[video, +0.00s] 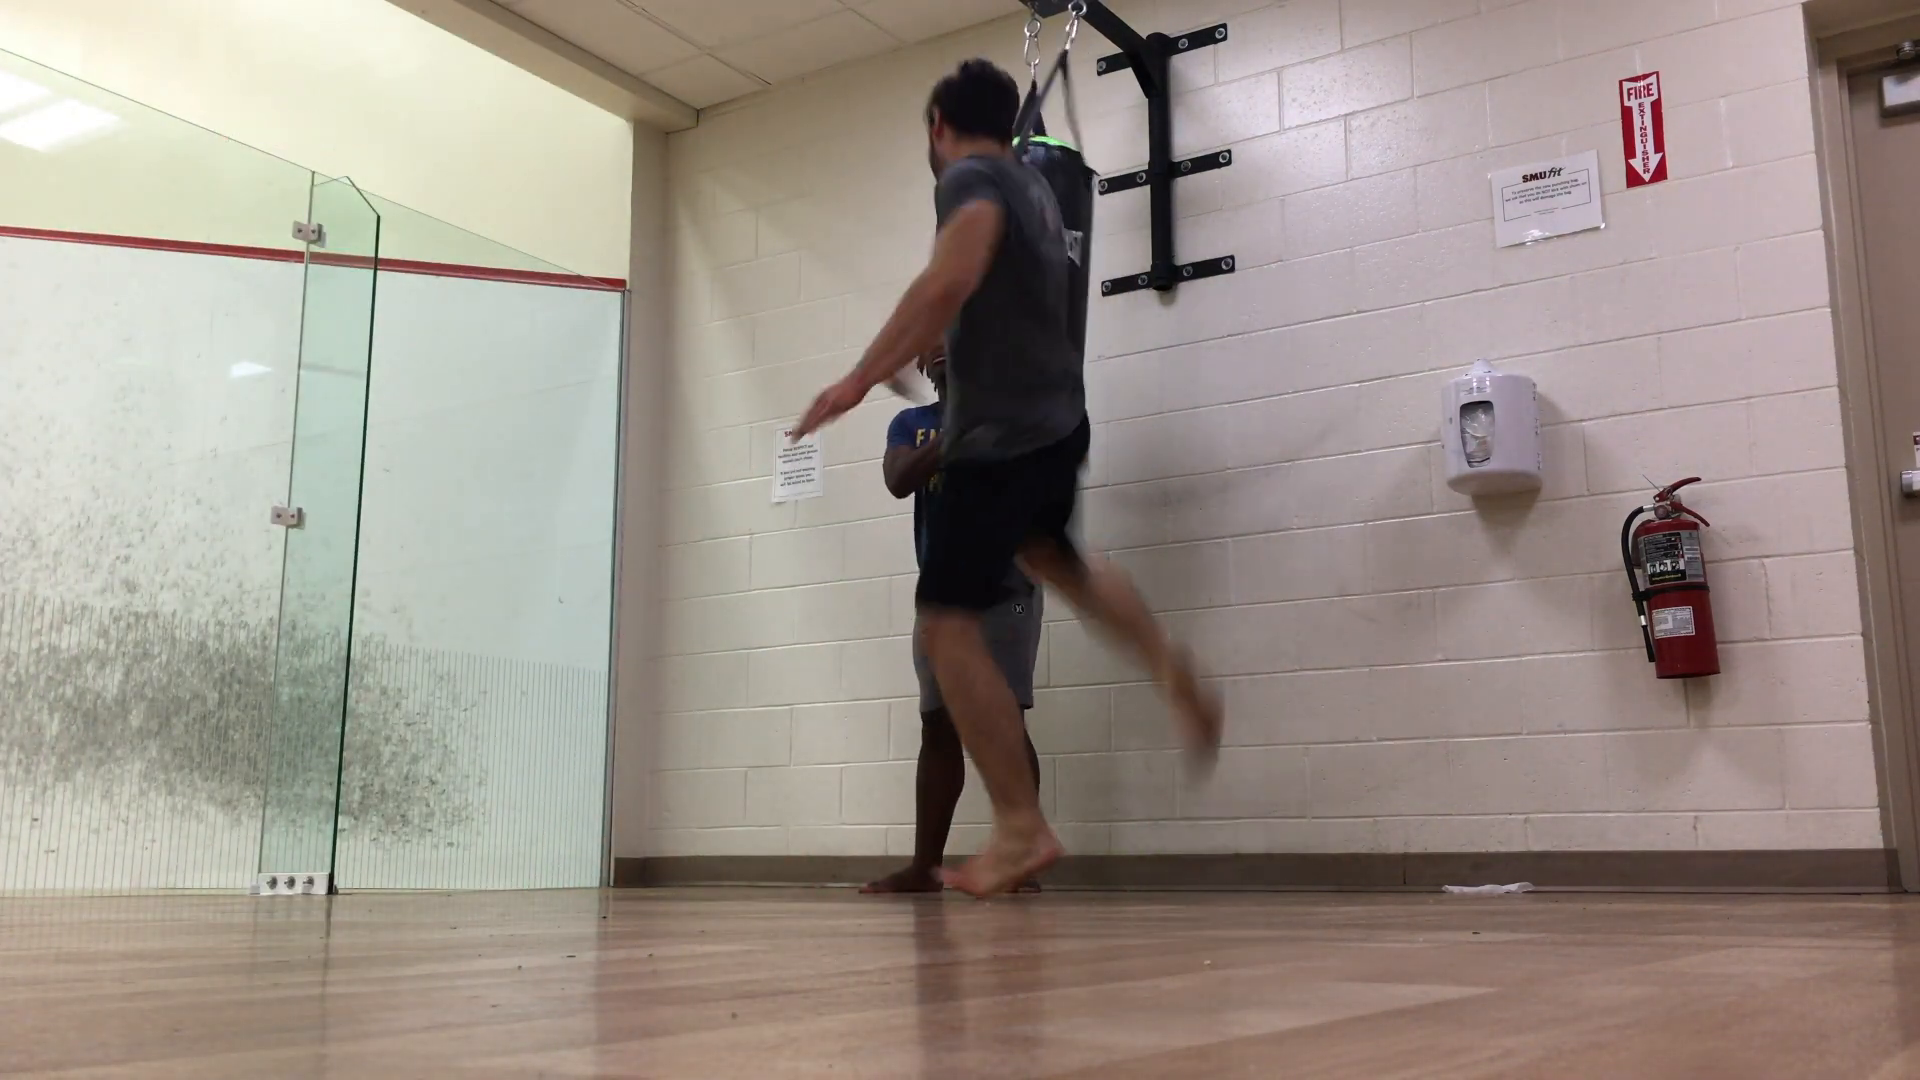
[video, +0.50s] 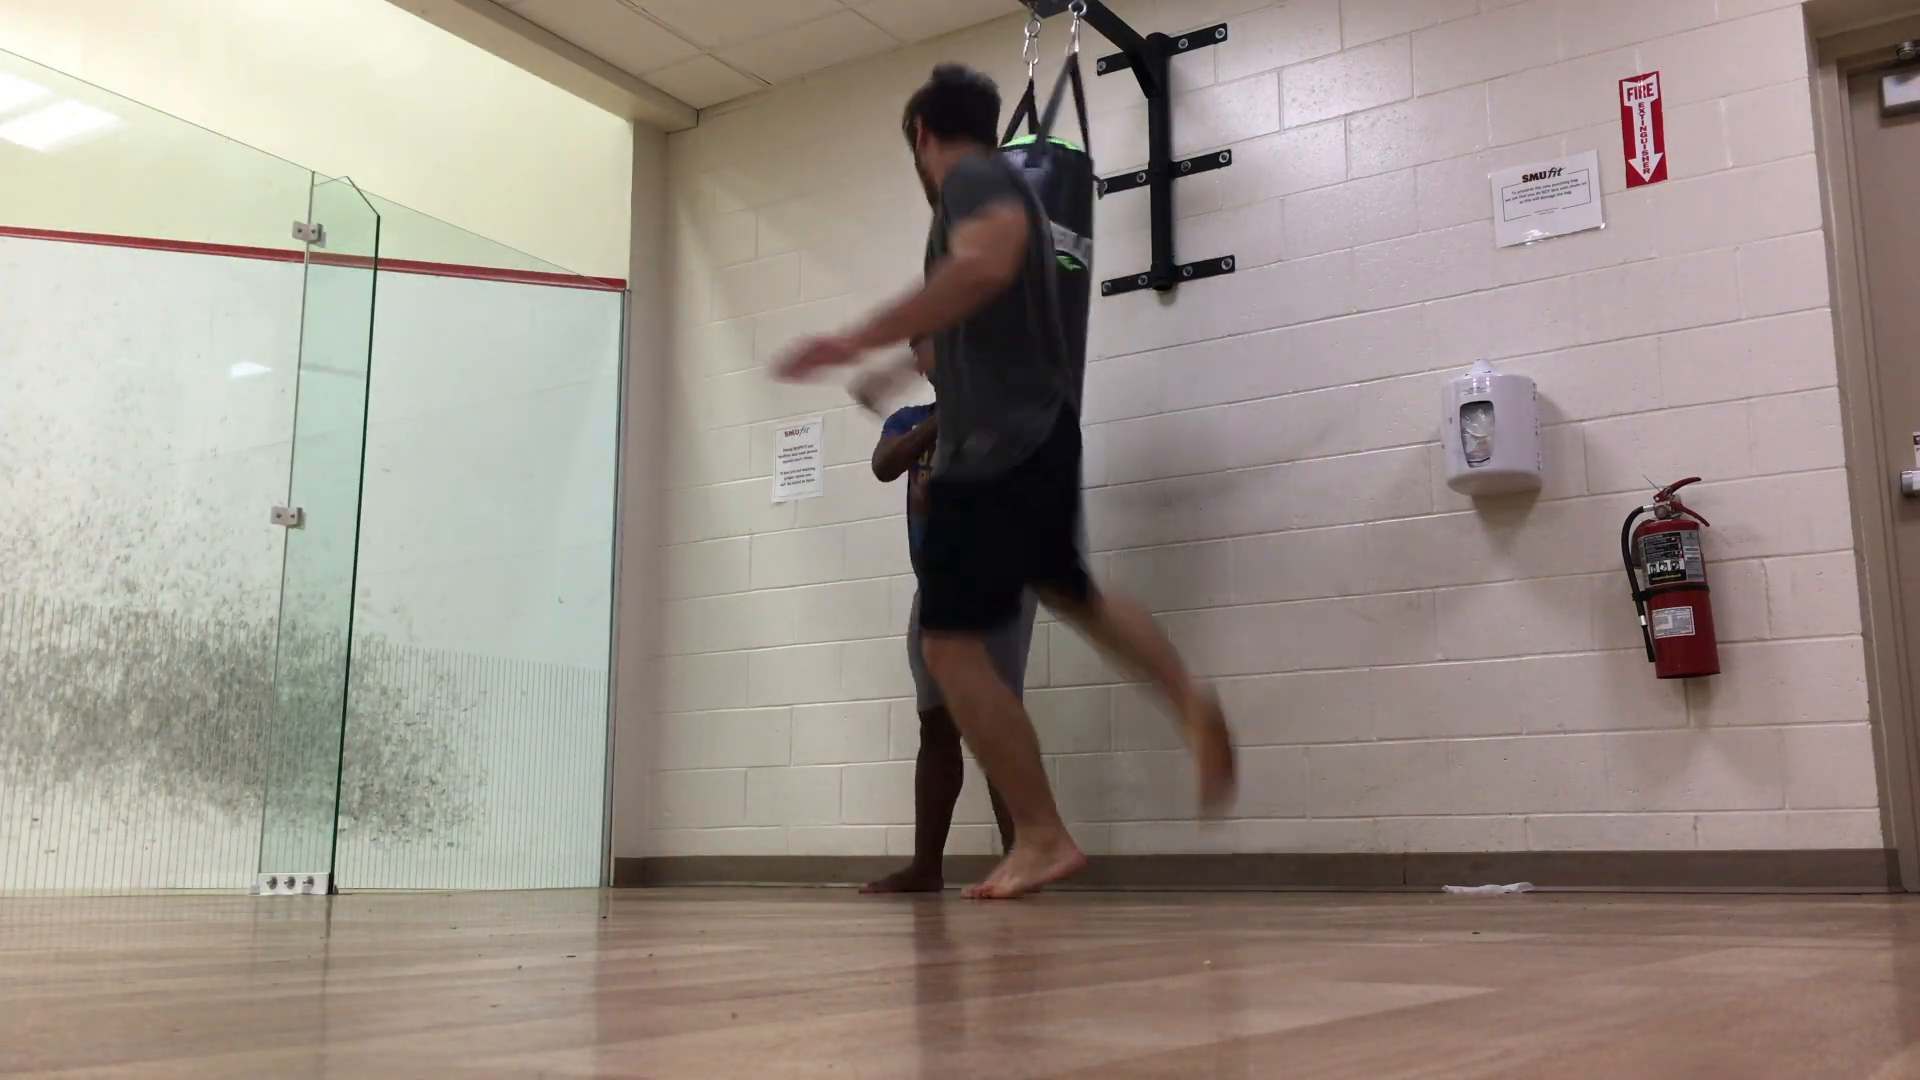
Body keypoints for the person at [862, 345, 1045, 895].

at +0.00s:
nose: (937, 362)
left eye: (945, 352)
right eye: (929, 356)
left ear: (970, 358)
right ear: (922, 367)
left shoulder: (1003, 420)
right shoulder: (912, 423)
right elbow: (898, 481)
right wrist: (957, 435)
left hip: (1009, 596)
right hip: (942, 600)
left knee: (1006, 722)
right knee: (938, 727)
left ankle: (1022, 855)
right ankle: (926, 862)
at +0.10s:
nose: (940, 354)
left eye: (949, 342)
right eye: (931, 346)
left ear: (975, 350)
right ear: (922, 359)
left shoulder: (1013, 420)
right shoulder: (913, 422)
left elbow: (1051, 488)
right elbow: (897, 474)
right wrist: (935, 444)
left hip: (1010, 594)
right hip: (942, 595)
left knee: (1009, 728)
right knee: (939, 727)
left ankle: (1015, 857)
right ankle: (927, 862)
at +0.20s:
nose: (937, 358)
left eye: (946, 348)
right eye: (929, 350)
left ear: (972, 354)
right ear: (921, 360)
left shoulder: (1001, 416)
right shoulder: (910, 420)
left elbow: (1052, 486)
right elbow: (889, 469)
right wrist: (949, 413)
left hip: (998, 602)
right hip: (938, 600)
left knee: (1004, 731)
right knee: (937, 731)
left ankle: (1014, 857)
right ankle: (926, 863)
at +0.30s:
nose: (934, 367)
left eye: (945, 352)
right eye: (926, 352)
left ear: (972, 357)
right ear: (917, 360)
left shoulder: (1000, 422)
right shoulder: (908, 424)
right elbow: (879, 469)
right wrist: (926, 451)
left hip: (1007, 588)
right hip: (938, 589)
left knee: (1000, 722)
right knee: (937, 725)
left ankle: (1015, 856)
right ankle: (926, 863)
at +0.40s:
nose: (930, 359)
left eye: (938, 348)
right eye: (923, 352)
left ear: (965, 351)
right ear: (919, 362)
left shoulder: (1000, 418)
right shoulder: (918, 413)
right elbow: (881, 473)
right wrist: (922, 435)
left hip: (1004, 584)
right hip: (944, 588)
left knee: (997, 714)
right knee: (940, 718)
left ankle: (1018, 854)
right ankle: (926, 862)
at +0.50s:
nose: (928, 357)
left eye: (934, 345)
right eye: (922, 348)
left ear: (961, 351)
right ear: (917, 360)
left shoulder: (993, 418)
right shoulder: (912, 418)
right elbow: (883, 465)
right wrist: (946, 413)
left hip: (1001, 593)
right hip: (937, 595)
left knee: (999, 723)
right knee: (937, 729)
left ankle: (1016, 855)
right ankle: (926, 864)